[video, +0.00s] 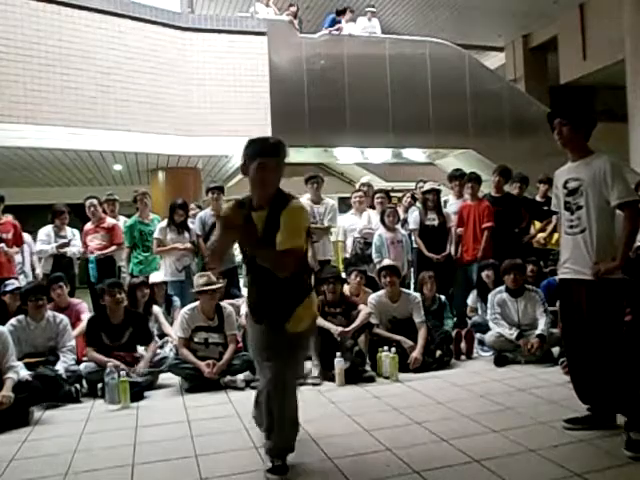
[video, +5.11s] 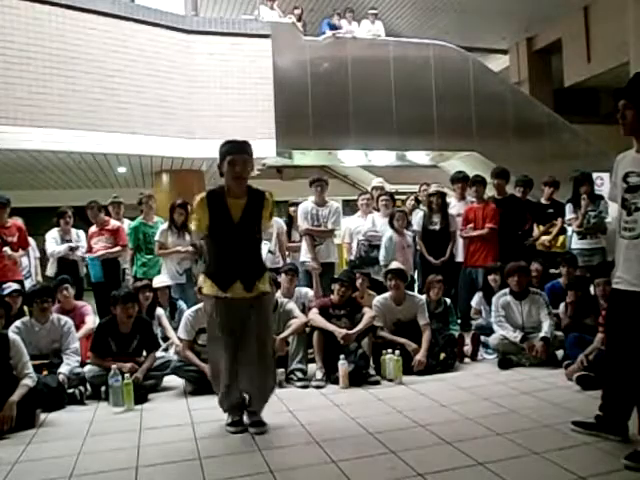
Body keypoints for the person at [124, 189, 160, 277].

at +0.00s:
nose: (144, 203)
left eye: (146, 199)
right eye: (140, 200)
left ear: (150, 202)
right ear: (136, 204)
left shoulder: (157, 220)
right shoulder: (130, 224)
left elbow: (160, 243)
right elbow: (127, 247)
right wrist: (125, 269)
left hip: (155, 266)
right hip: (138, 267)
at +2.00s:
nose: (147, 204)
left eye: (149, 201)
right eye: (143, 202)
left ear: (153, 204)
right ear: (139, 206)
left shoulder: (160, 222)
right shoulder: (133, 227)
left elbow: (165, 245)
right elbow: (130, 249)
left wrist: (168, 267)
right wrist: (129, 271)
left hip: (159, 268)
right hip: (141, 269)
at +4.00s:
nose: (149, 204)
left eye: (151, 200)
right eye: (146, 202)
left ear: (155, 203)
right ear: (141, 206)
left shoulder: (161, 222)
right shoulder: (135, 226)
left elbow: (166, 244)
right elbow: (131, 249)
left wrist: (168, 266)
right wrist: (129, 269)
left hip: (159, 268)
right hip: (142, 269)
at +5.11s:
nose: (150, 205)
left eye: (152, 202)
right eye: (147, 203)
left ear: (155, 204)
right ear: (141, 206)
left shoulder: (161, 223)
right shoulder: (135, 226)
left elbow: (164, 245)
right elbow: (131, 249)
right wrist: (129, 269)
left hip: (159, 268)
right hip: (142, 269)